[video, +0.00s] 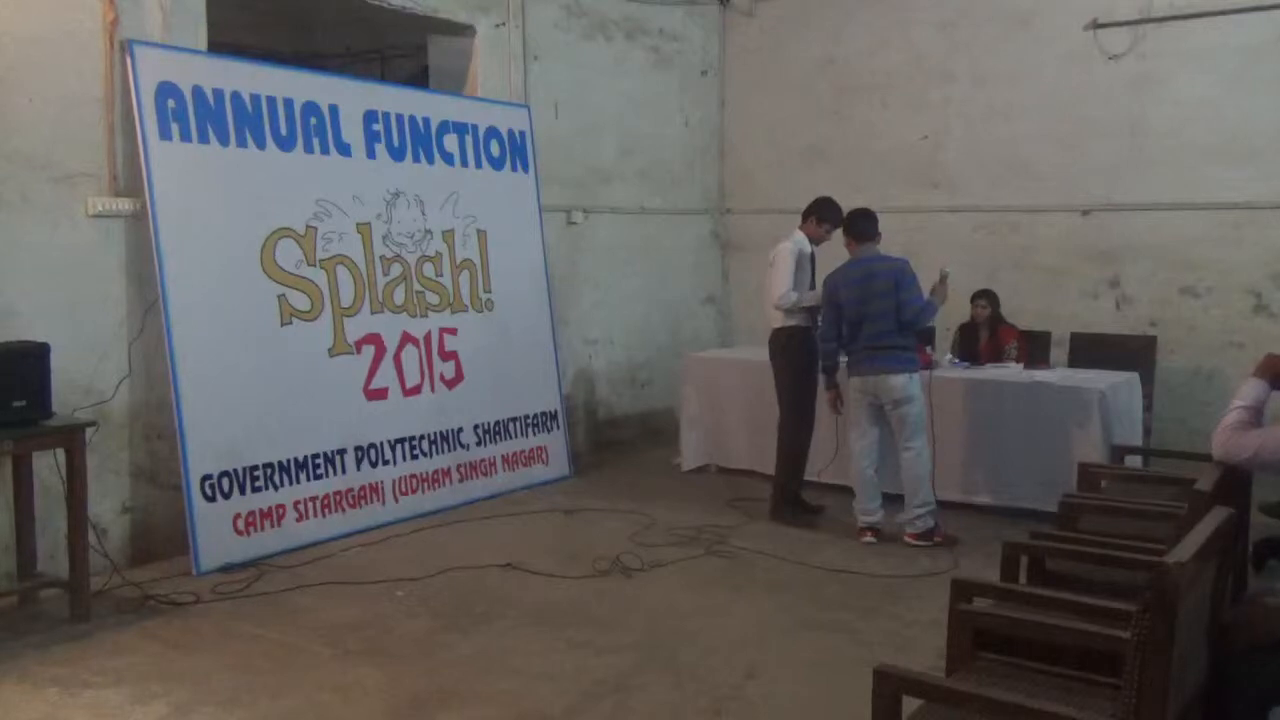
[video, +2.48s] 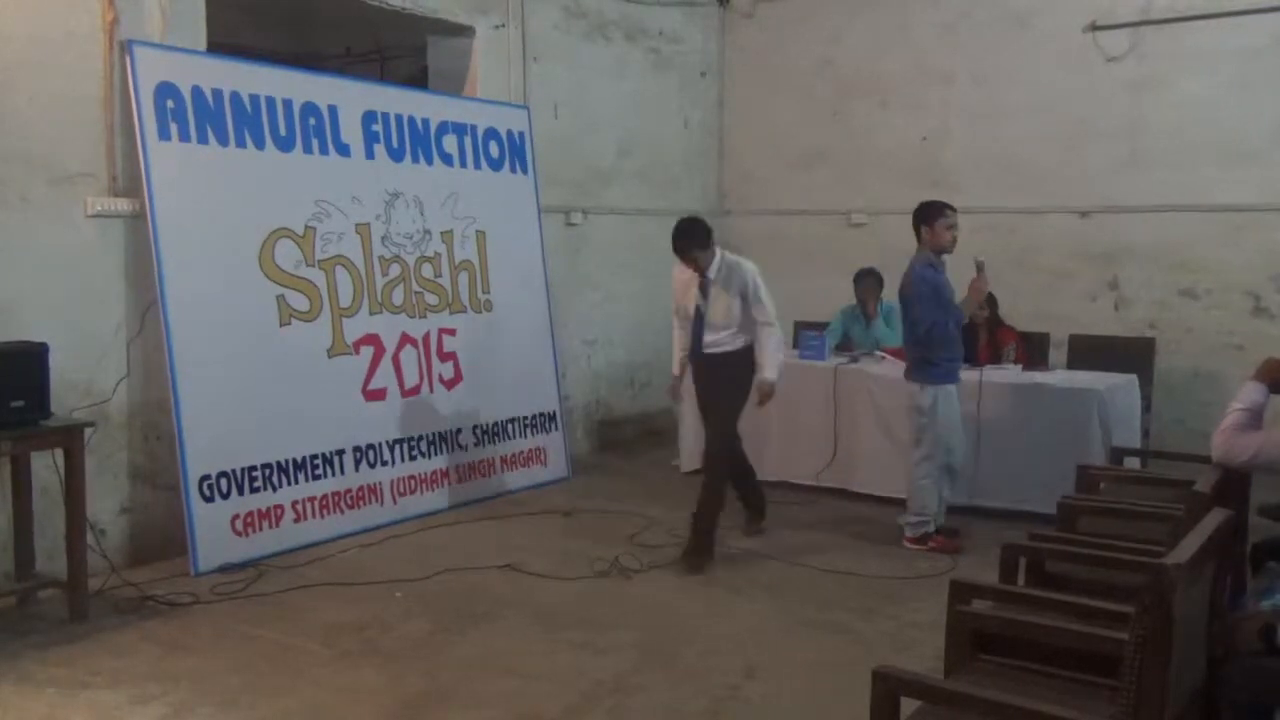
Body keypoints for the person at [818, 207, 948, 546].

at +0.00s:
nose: (847, 245)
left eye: (845, 240)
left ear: (847, 241)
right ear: (879, 237)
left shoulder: (835, 280)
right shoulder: (898, 268)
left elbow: (828, 337)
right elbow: (915, 319)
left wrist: (830, 383)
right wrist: (936, 300)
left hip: (859, 376)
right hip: (899, 375)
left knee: (863, 451)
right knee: (913, 447)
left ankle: (868, 524)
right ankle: (919, 524)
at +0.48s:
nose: (843, 245)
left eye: (842, 240)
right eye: (872, 237)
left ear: (843, 241)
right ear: (876, 238)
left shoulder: (832, 281)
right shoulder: (895, 268)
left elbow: (826, 338)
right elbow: (912, 318)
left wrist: (827, 385)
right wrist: (933, 299)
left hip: (858, 376)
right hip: (898, 374)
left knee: (862, 451)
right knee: (914, 446)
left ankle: (868, 525)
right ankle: (920, 524)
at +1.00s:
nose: (872, 241)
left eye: (842, 239)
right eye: (874, 236)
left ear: (843, 240)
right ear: (876, 237)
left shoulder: (832, 281)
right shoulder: (894, 267)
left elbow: (826, 338)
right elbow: (911, 317)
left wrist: (828, 386)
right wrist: (933, 298)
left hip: (859, 376)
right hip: (899, 374)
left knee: (863, 450)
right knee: (915, 446)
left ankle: (868, 525)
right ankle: (920, 524)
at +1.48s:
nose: (888, 240)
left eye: (887, 234)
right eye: (886, 234)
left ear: (851, 237)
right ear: (878, 234)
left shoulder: (835, 281)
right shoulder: (891, 267)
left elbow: (828, 338)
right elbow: (910, 316)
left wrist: (831, 386)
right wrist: (939, 293)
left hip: (860, 376)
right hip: (899, 374)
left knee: (864, 450)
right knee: (915, 447)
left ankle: (868, 524)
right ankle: (920, 525)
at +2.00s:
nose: (931, 234)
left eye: (931, 227)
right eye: (924, 228)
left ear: (900, 235)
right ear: (903, 233)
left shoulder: (878, 273)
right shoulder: (910, 274)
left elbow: (878, 331)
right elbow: (915, 330)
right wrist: (951, 306)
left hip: (884, 375)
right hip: (913, 378)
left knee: (884, 451)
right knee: (920, 454)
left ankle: (870, 522)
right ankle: (920, 527)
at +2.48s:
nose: (955, 234)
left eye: (956, 228)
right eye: (948, 228)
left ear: (943, 232)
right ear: (925, 231)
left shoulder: (934, 272)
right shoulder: (922, 276)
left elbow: (940, 328)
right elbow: (934, 334)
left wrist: (969, 308)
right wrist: (967, 303)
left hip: (941, 378)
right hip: (928, 380)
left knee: (949, 451)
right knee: (931, 452)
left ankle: (932, 519)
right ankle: (918, 528)